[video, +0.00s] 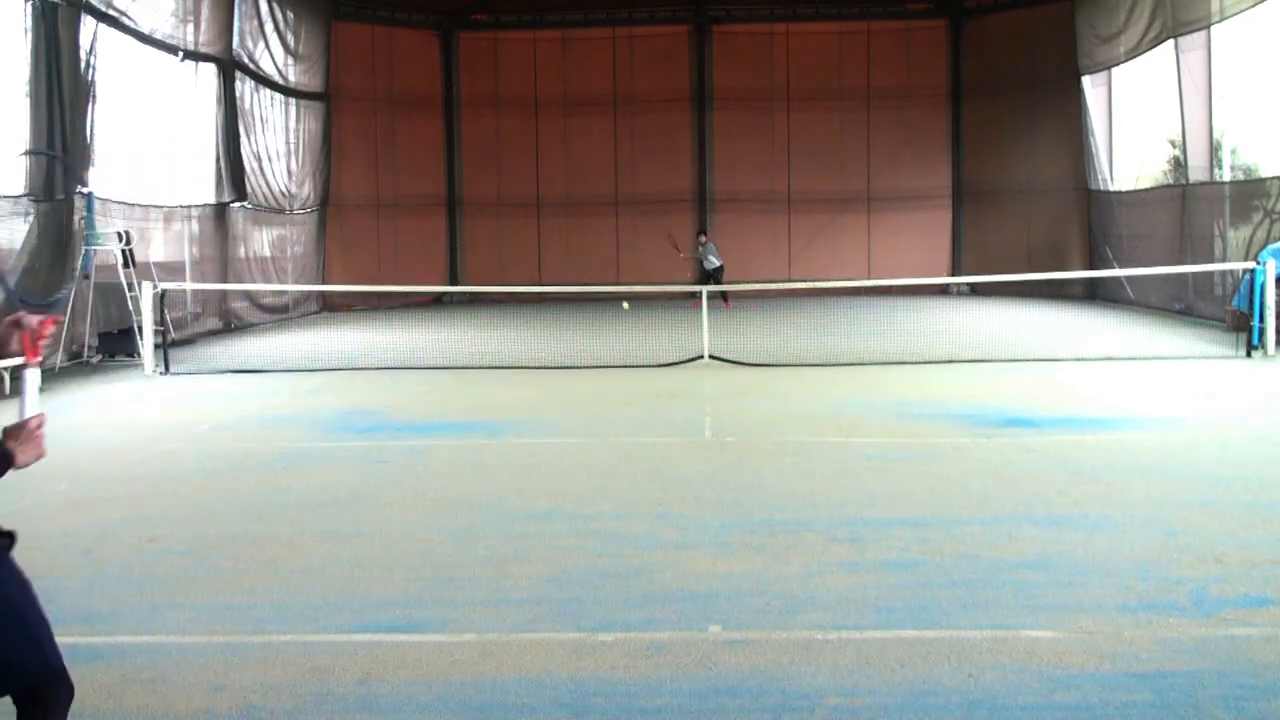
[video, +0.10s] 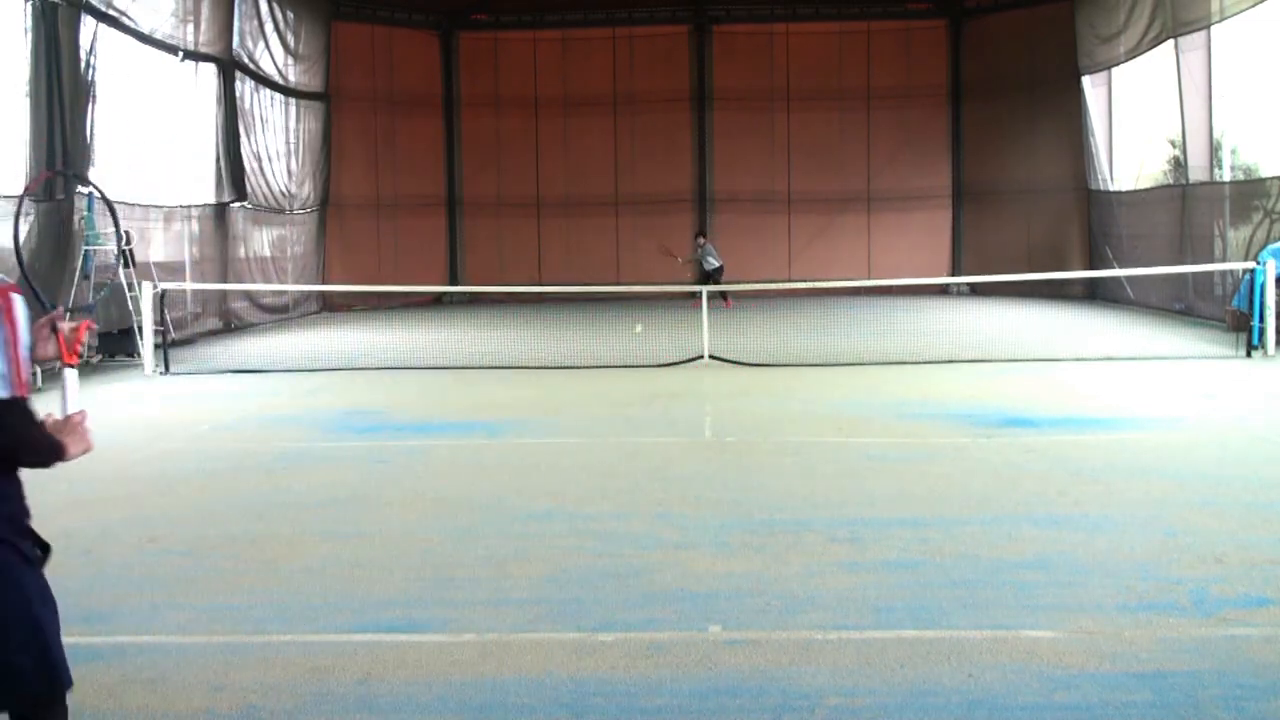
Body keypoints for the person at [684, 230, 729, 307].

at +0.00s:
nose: (701, 239)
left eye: (703, 237)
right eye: (699, 237)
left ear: (706, 237)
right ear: (698, 239)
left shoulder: (709, 246)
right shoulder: (701, 248)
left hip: (716, 267)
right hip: (707, 269)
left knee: (719, 284)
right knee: (701, 283)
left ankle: (726, 301)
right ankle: (701, 299)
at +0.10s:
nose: (699, 241)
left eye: (700, 239)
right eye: (697, 239)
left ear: (704, 239)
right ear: (696, 241)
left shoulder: (707, 247)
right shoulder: (700, 249)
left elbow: (699, 256)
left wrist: (688, 260)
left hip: (716, 268)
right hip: (707, 270)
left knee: (716, 283)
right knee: (701, 283)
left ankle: (726, 300)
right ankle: (701, 299)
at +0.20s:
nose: (698, 243)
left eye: (699, 240)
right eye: (696, 241)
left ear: (703, 241)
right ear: (695, 242)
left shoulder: (706, 249)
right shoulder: (700, 251)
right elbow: (695, 260)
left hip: (717, 269)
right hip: (708, 271)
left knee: (717, 284)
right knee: (701, 284)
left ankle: (722, 302)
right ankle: (701, 301)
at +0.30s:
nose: (698, 245)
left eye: (699, 242)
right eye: (696, 243)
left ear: (703, 243)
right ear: (694, 245)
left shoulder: (706, 251)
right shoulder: (699, 252)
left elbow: (697, 260)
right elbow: (694, 261)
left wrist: (685, 267)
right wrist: (688, 269)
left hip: (717, 269)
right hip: (707, 271)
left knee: (716, 284)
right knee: (699, 284)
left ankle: (721, 302)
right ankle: (700, 300)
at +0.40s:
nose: (697, 246)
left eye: (698, 244)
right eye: (696, 245)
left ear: (702, 243)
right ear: (695, 246)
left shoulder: (707, 251)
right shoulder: (700, 253)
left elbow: (699, 259)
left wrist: (690, 262)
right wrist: (697, 272)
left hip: (719, 270)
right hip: (710, 272)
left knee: (716, 284)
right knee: (701, 284)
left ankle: (721, 302)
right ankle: (705, 302)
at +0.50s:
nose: (700, 245)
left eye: (701, 243)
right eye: (698, 244)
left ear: (704, 243)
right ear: (696, 245)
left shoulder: (709, 250)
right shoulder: (701, 254)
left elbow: (718, 257)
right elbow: (703, 266)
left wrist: (725, 265)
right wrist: (701, 274)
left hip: (721, 270)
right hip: (712, 273)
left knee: (717, 284)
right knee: (702, 284)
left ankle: (721, 302)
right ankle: (706, 302)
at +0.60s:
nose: (703, 242)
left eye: (704, 239)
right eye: (701, 240)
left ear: (708, 239)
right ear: (700, 242)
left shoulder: (712, 247)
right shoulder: (703, 253)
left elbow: (716, 248)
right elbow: (703, 264)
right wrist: (700, 271)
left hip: (722, 267)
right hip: (711, 270)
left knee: (719, 285)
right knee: (706, 286)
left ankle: (722, 302)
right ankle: (707, 302)